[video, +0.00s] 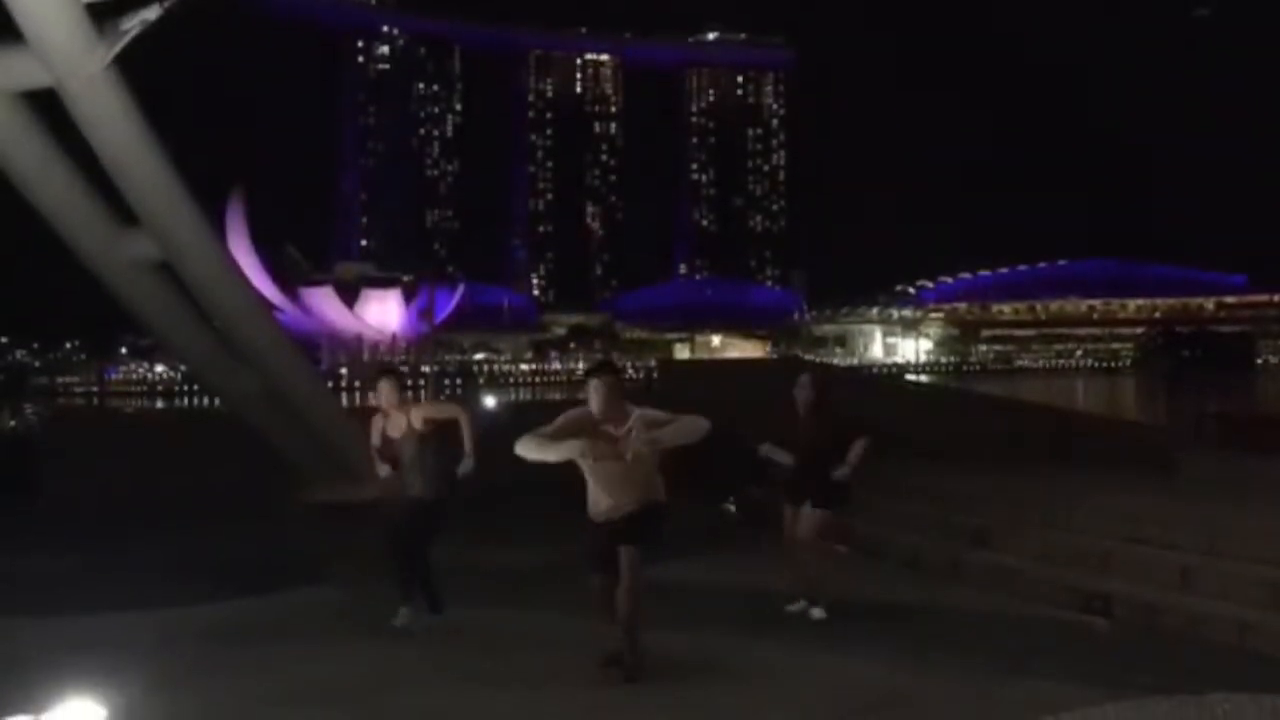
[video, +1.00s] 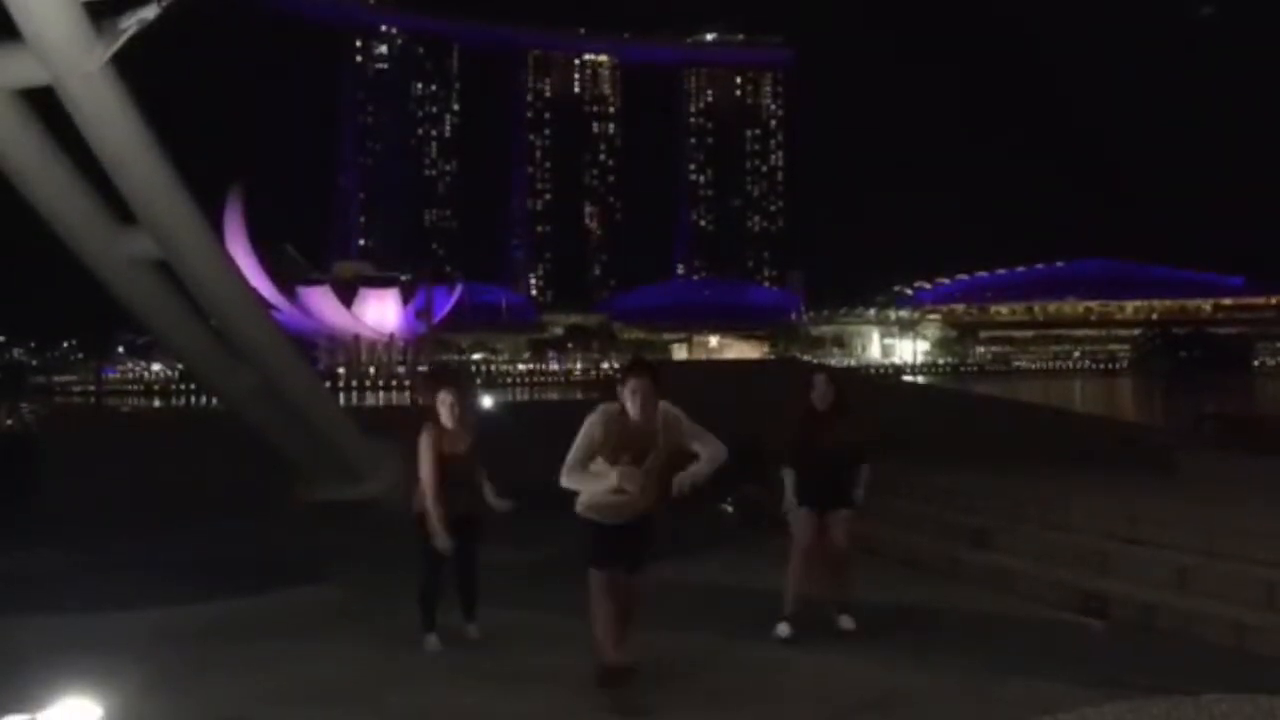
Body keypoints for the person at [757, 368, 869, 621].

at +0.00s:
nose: (799, 394)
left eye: (805, 389)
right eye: (798, 388)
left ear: (817, 392)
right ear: (794, 391)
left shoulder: (827, 419)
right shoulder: (795, 422)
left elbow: (861, 437)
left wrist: (848, 466)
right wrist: (772, 452)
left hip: (824, 484)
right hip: (799, 483)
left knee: (807, 539)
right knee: (792, 540)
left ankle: (820, 599)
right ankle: (803, 596)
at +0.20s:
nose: (815, 397)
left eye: (820, 391)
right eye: (810, 391)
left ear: (829, 395)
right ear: (804, 394)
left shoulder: (842, 425)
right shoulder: (796, 424)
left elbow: (857, 460)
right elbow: (786, 462)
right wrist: (786, 492)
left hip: (836, 493)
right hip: (802, 493)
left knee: (830, 551)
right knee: (796, 549)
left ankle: (828, 604)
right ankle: (795, 597)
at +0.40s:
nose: (814, 392)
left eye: (819, 387)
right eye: (810, 387)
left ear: (828, 390)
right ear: (804, 390)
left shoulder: (839, 419)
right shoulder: (800, 419)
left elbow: (855, 459)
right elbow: (777, 453)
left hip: (834, 487)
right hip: (801, 489)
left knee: (837, 548)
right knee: (806, 548)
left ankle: (826, 606)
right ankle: (797, 613)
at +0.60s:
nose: (811, 404)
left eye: (816, 398)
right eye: (807, 399)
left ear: (826, 401)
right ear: (798, 402)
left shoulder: (833, 428)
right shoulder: (793, 431)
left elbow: (851, 449)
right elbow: (784, 422)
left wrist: (868, 466)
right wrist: (793, 391)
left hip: (832, 495)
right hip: (802, 500)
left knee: (860, 533)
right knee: (816, 559)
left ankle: (822, 582)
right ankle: (799, 624)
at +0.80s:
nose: (814, 398)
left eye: (819, 393)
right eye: (811, 392)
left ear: (829, 394)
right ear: (806, 394)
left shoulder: (841, 420)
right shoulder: (797, 421)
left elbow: (866, 457)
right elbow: (769, 437)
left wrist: (860, 436)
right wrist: (799, 405)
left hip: (833, 493)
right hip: (800, 495)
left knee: (855, 541)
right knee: (816, 553)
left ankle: (837, 596)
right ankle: (798, 624)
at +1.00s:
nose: (820, 394)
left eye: (825, 388)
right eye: (816, 388)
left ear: (834, 391)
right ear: (810, 391)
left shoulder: (847, 422)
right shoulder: (800, 422)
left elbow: (862, 461)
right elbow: (789, 464)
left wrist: (859, 492)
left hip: (839, 495)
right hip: (806, 495)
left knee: (841, 552)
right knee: (800, 552)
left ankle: (843, 610)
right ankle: (788, 615)